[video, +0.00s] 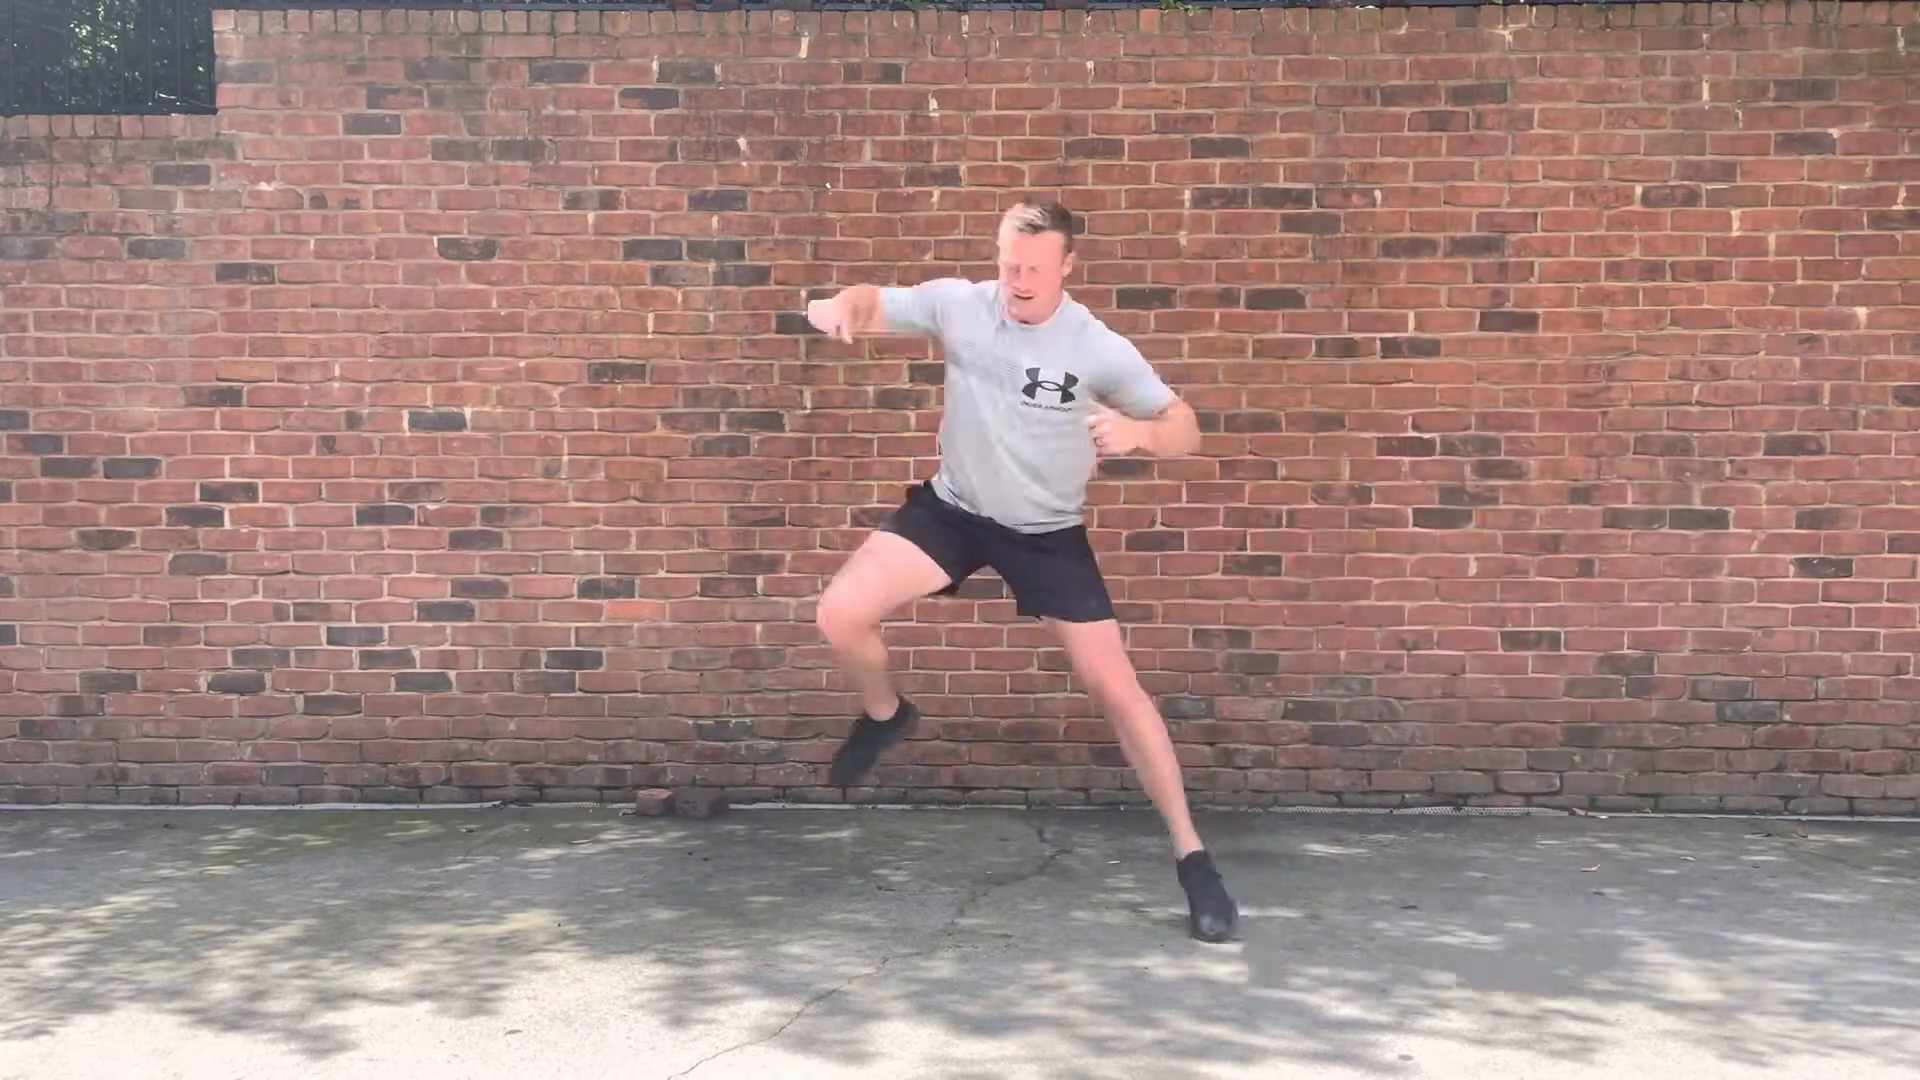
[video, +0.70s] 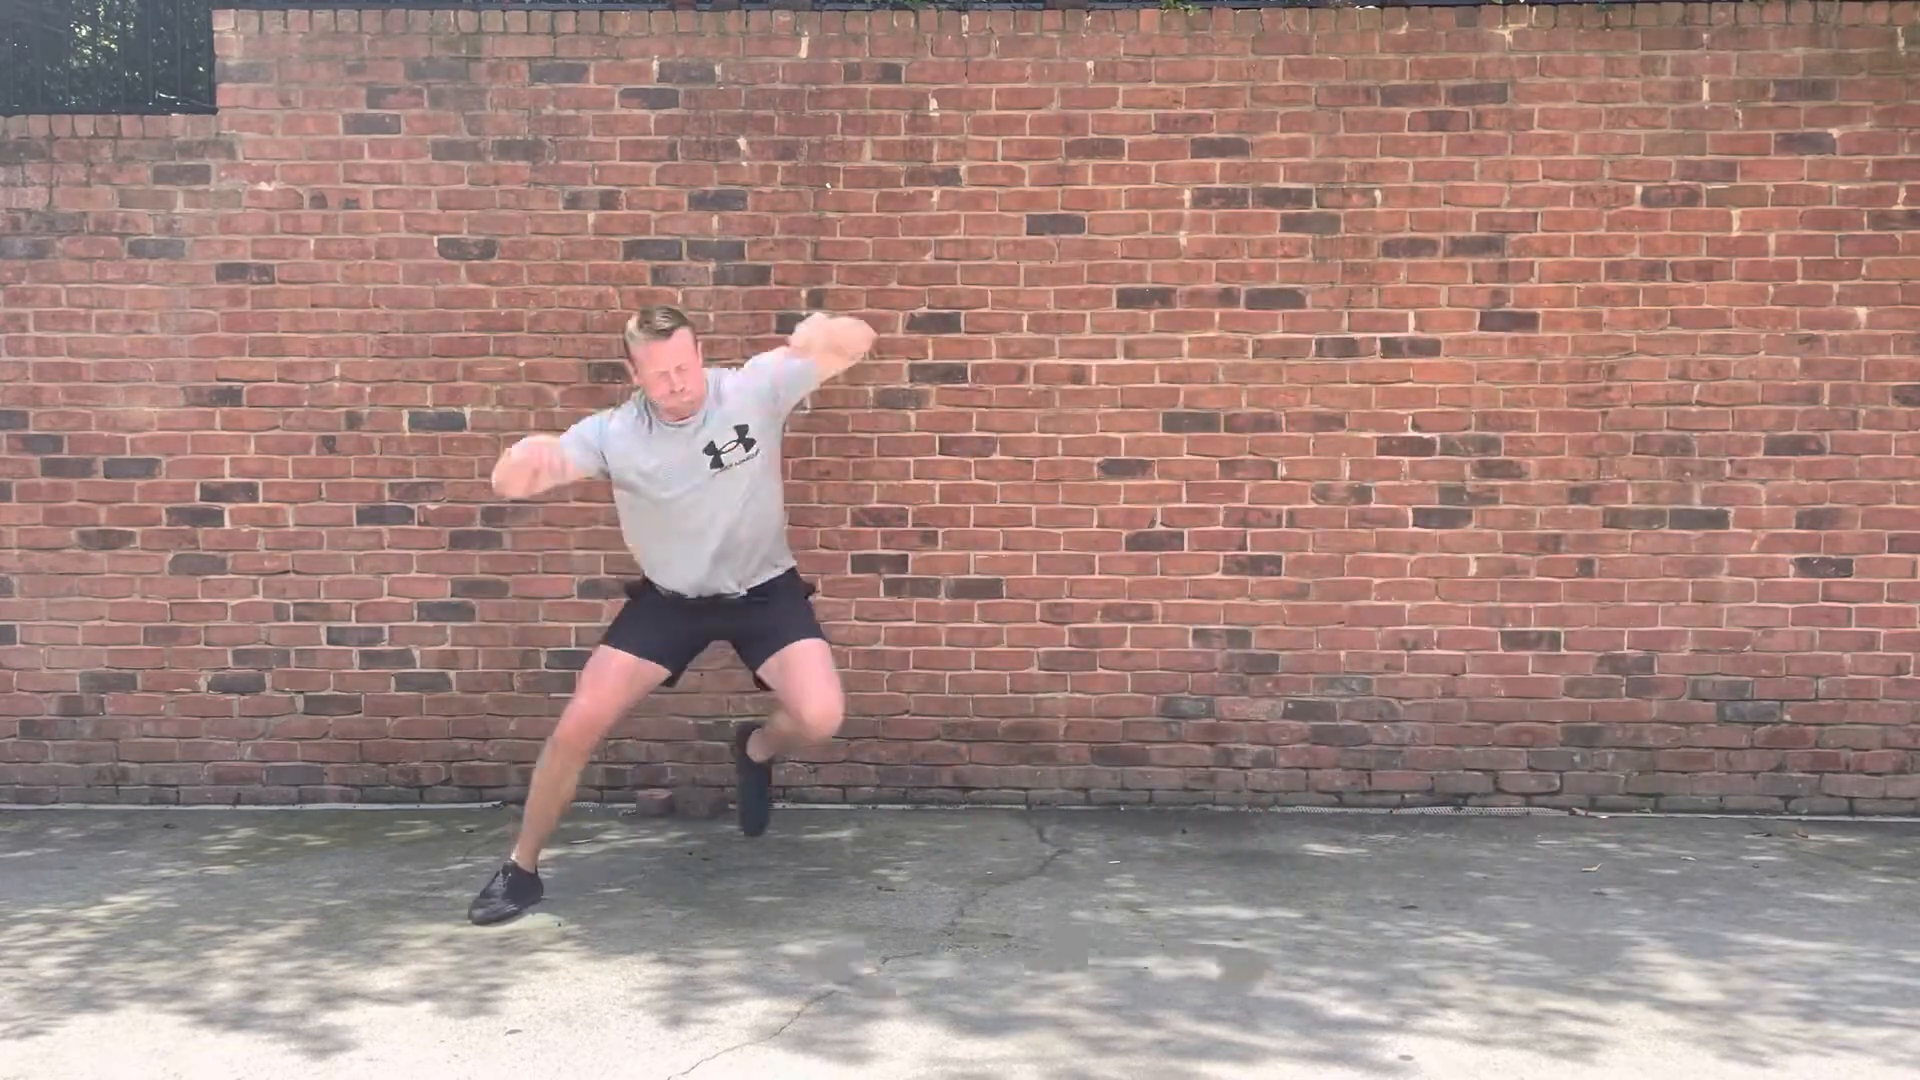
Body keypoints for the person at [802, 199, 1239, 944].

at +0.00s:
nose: (1020, 283)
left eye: (1036, 271)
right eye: (1011, 268)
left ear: (1066, 268)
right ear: (997, 259)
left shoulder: (1097, 347)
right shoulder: (957, 304)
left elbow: (1184, 429)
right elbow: (871, 305)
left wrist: (1141, 435)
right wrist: (840, 310)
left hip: (1048, 535)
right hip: (952, 511)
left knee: (1118, 692)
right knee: (840, 615)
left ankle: (1192, 858)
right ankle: (885, 714)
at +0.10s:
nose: (909, 268)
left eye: (925, 255)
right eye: (899, 253)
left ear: (955, 249)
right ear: (886, 246)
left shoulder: (993, 322)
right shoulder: (852, 296)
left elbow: (1088, 385)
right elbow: (765, 310)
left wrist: (1077, 429)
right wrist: (666, 328)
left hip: (960, 515)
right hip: (859, 501)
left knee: (1033, 666)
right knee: (745, 620)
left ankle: (1092, 806)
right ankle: (720, 741)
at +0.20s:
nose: (802, 299)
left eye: (814, 285)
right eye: (790, 285)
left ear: (846, 276)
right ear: (777, 280)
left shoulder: (895, 340)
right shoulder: (750, 331)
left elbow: (988, 379)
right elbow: (679, 358)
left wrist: (975, 429)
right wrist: (595, 383)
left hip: (870, 538)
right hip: (769, 529)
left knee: (943, 694)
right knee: (670, 662)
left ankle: (961, 769)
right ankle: (586, 799)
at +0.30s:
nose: (692, 374)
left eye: (705, 358)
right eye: (680, 359)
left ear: (736, 347)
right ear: (669, 354)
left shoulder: (791, 402)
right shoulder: (650, 408)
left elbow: (880, 432)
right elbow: (605, 446)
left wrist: (831, 484)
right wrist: (548, 482)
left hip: (780, 599)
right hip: (680, 594)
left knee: (833, 751)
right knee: (597, 726)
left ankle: (819, 763)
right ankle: (528, 867)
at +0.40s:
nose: (597, 447)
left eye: (608, 431)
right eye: (586, 434)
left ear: (641, 412)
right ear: (575, 429)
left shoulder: (706, 461)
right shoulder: (580, 493)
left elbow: (789, 532)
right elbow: (547, 560)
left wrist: (724, 582)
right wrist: (492, 618)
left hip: (728, 637)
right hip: (638, 628)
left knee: (709, 800)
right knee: (544, 745)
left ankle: (680, 774)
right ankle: (521, 874)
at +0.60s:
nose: (601, 446)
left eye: (610, 428)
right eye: (585, 435)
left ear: (637, 415)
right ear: (570, 435)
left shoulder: (692, 457)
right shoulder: (560, 501)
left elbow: (800, 443)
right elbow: (501, 570)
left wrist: (701, 429)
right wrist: (468, 591)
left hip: (719, 632)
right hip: (626, 631)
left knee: (710, 784)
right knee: (541, 737)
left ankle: (664, 792)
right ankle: (520, 874)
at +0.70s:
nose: (676, 385)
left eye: (685, 369)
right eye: (660, 374)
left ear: (702, 356)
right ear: (636, 373)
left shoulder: (755, 389)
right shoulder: (612, 435)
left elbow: (857, 340)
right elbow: (515, 482)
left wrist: (821, 335)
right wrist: (524, 462)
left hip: (767, 592)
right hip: (669, 601)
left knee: (821, 717)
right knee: (581, 719)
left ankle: (756, 750)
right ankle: (521, 867)